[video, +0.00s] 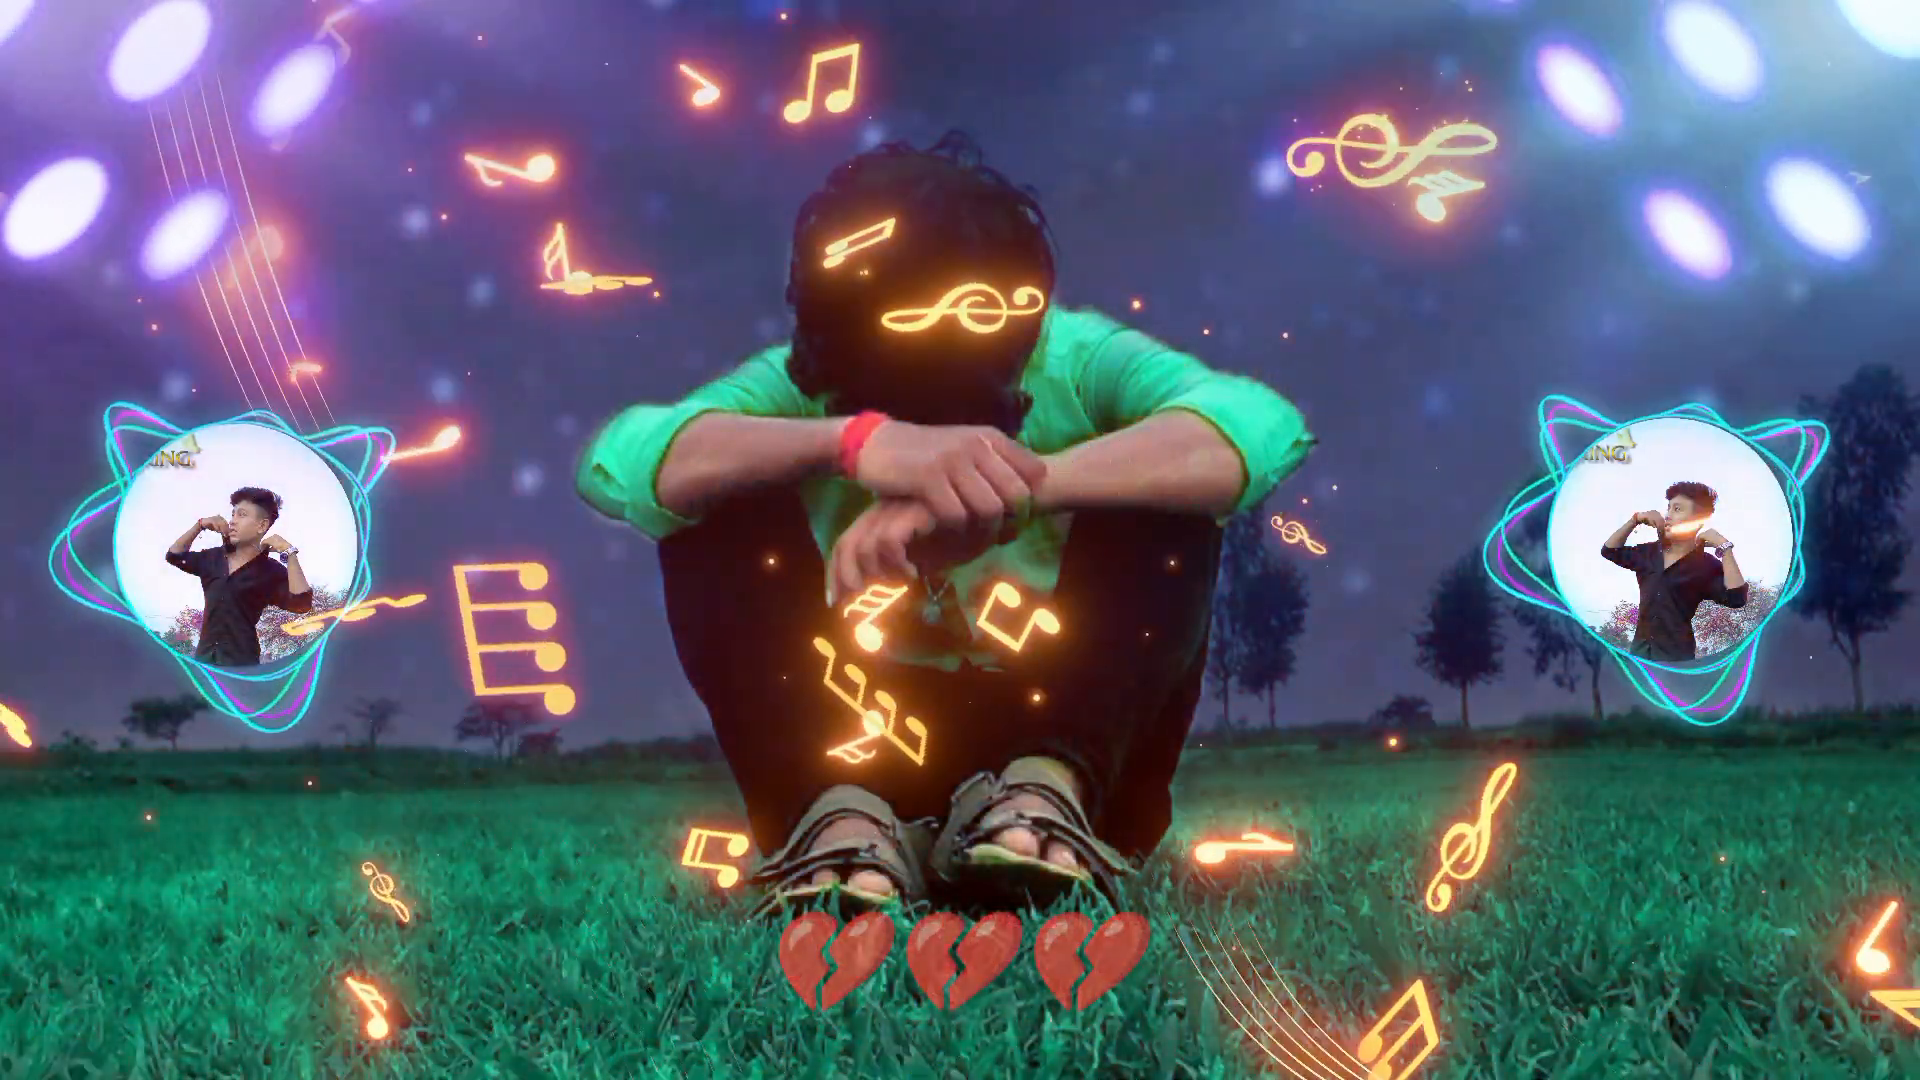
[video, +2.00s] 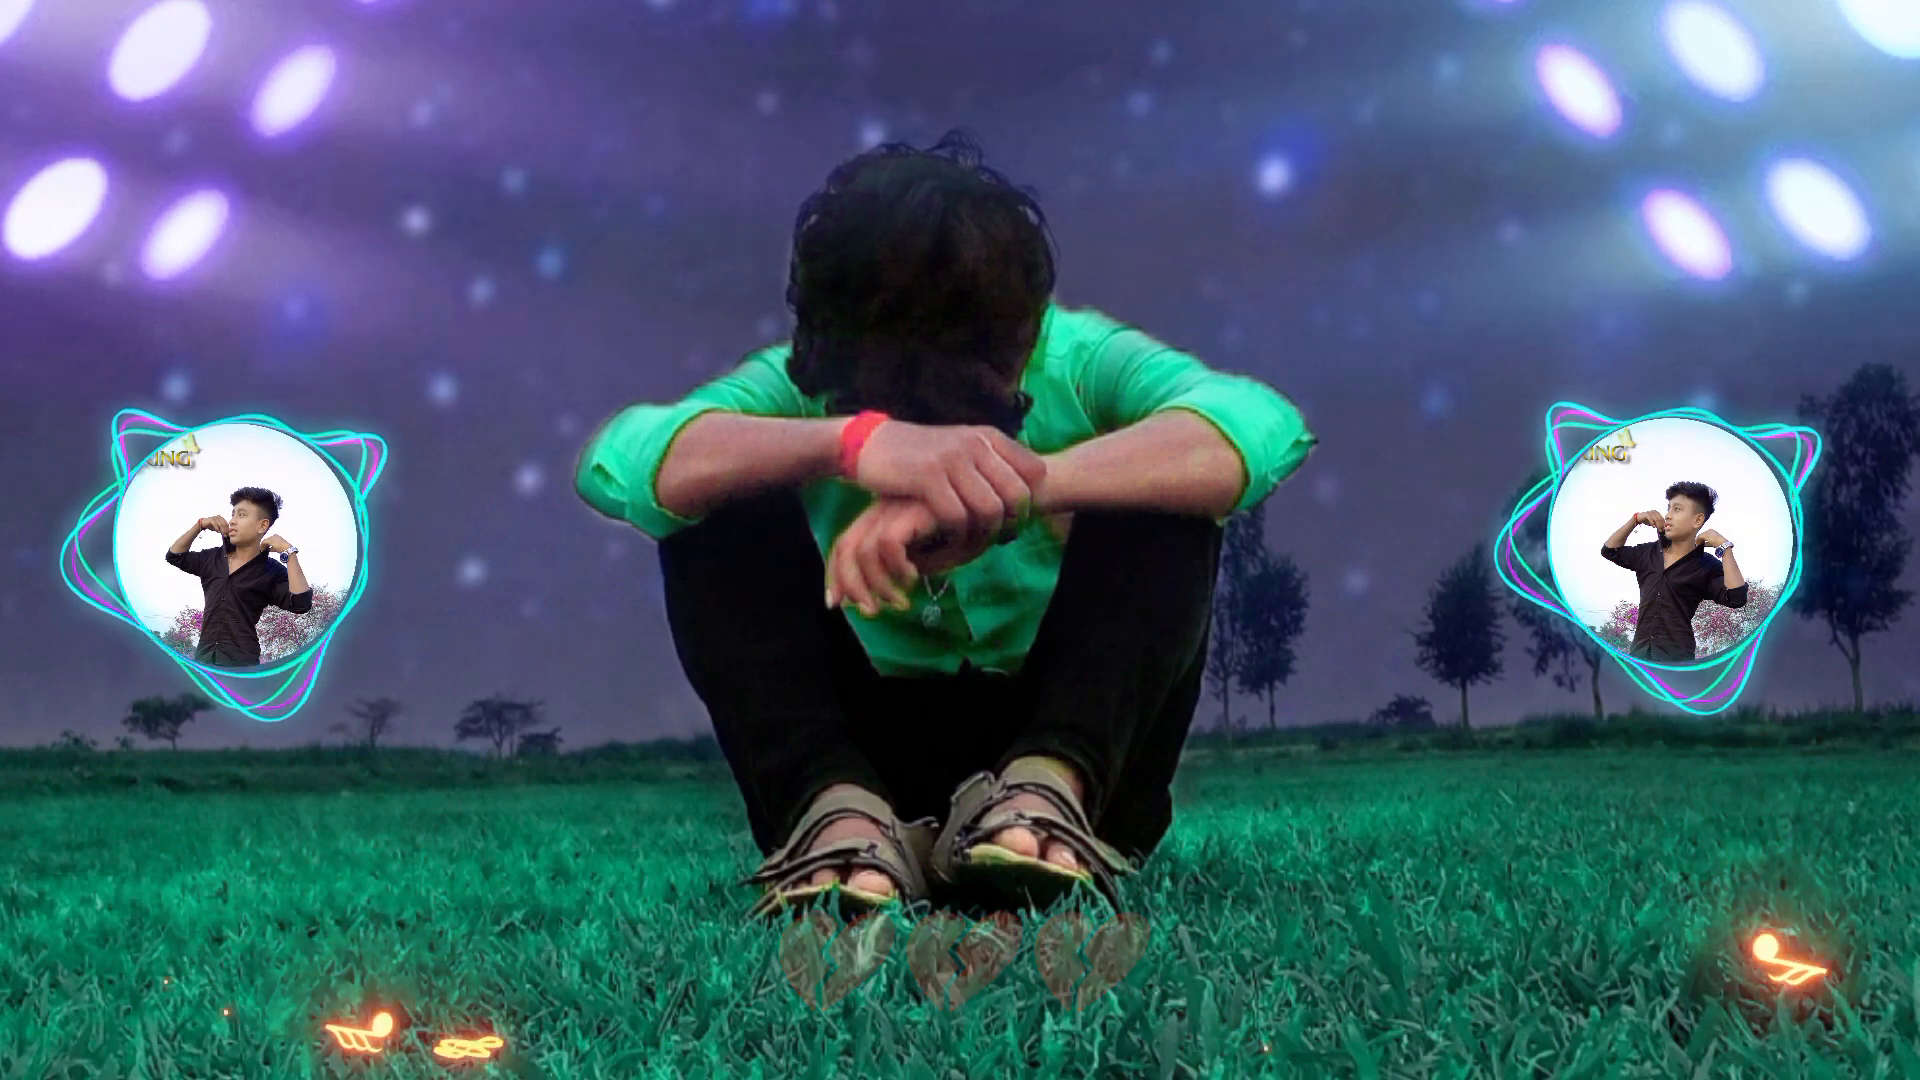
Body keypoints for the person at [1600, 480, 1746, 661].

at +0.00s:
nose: (1667, 515)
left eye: (1677, 509)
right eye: (1668, 508)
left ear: (1698, 519)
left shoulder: (1705, 565)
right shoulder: (1648, 553)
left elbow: (1737, 600)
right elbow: (1609, 551)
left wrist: (1724, 547)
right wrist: (1634, 521)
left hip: (1677, 660)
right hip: (1639, 655)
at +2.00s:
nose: (1667, 515)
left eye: (1677, 509)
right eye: (1668, 509)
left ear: (1698, 520)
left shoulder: (1705, 564)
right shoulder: (1647, 553)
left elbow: (1737, 599)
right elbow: (1609, 551)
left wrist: (1725, 547)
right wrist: (1634, 520)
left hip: (1677, 660)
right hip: (1638, 656)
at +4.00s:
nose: (1667, 515)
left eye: (1677, 509)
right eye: (1668, 508)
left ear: (1698, 520)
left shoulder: (1705, 565)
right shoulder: (1647, 553)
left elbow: (1737, 599)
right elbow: (1609, 551)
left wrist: (1725, 547)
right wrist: (1634, 520)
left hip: (1677, 658)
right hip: (1639, 653)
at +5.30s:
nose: (1667, 515)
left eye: (1677, 509)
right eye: (1668, 509)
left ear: (1698, 520)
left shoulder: (1705, 564)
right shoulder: (1647, 553)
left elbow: (1737, 599)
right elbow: (1609, 551)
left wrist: (1725, 547)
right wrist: (1634, 520)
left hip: (1677, 658)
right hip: (1639, 653)